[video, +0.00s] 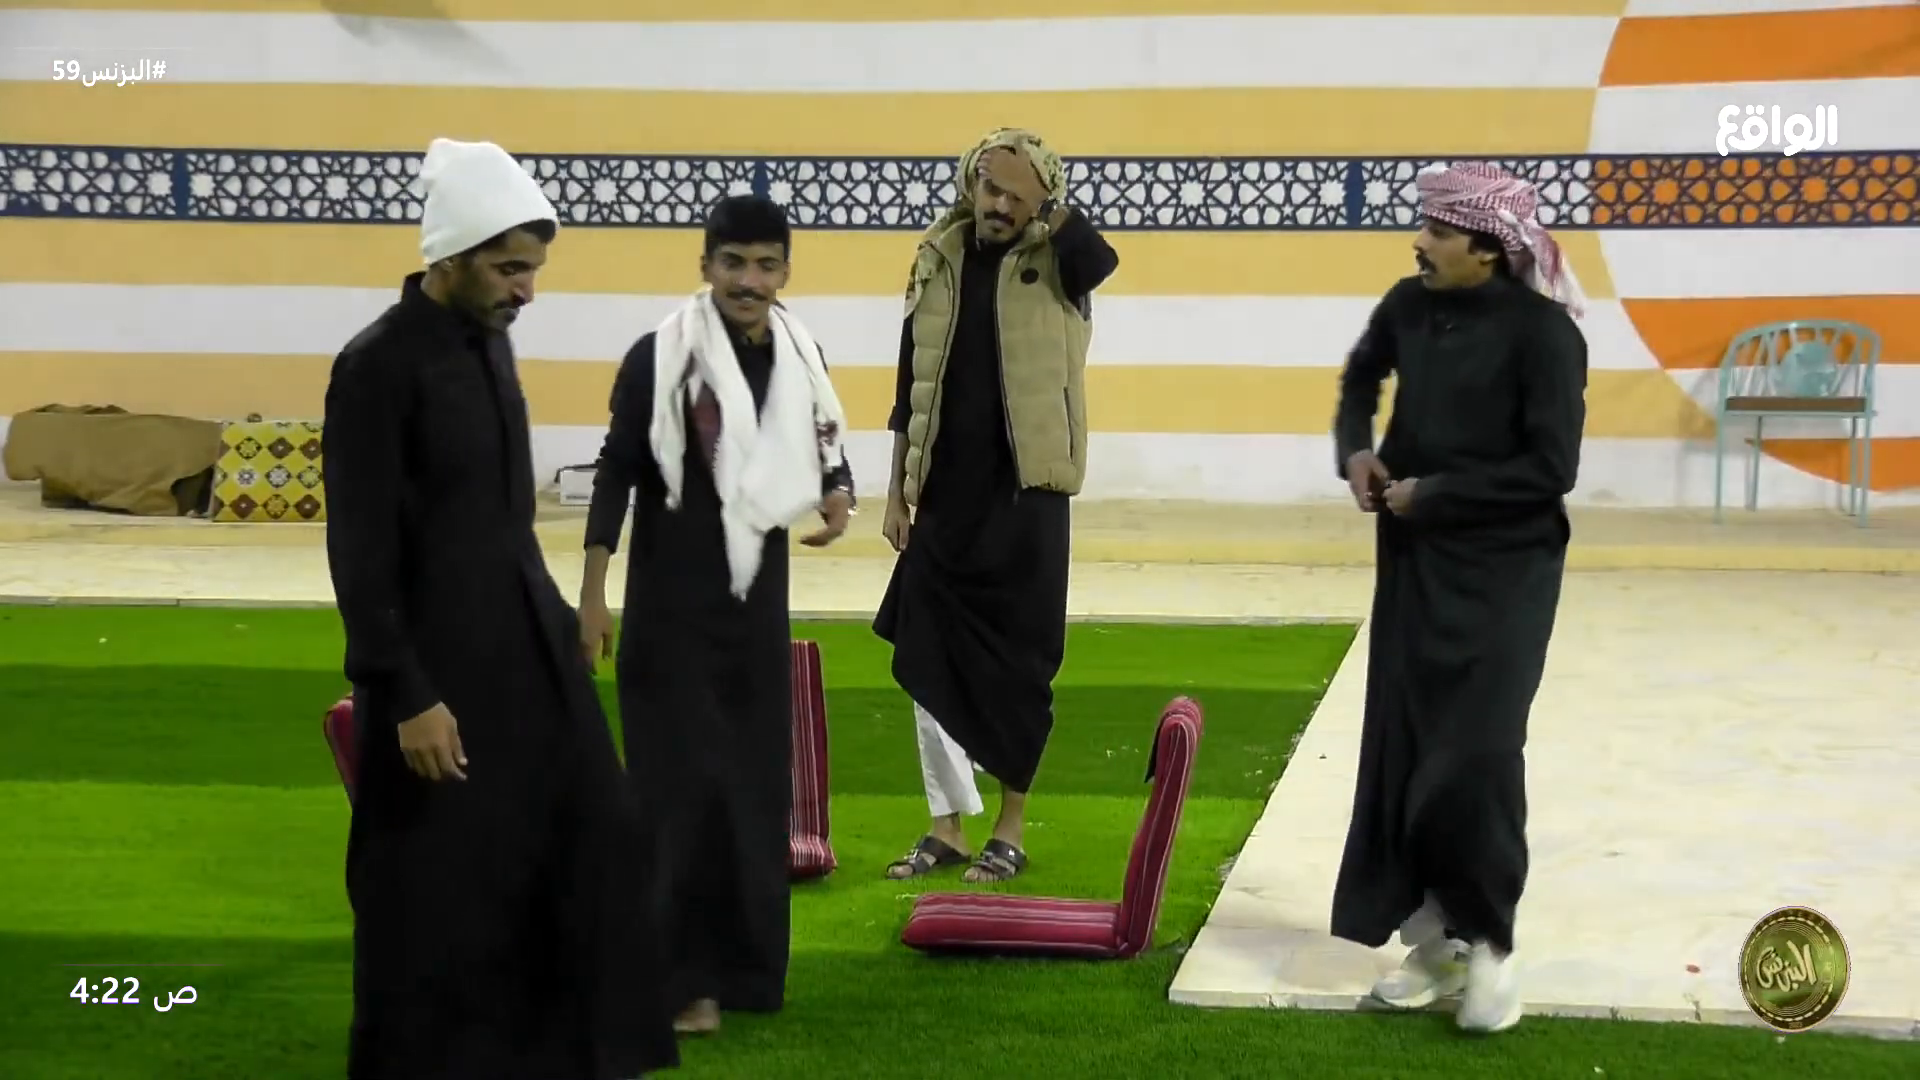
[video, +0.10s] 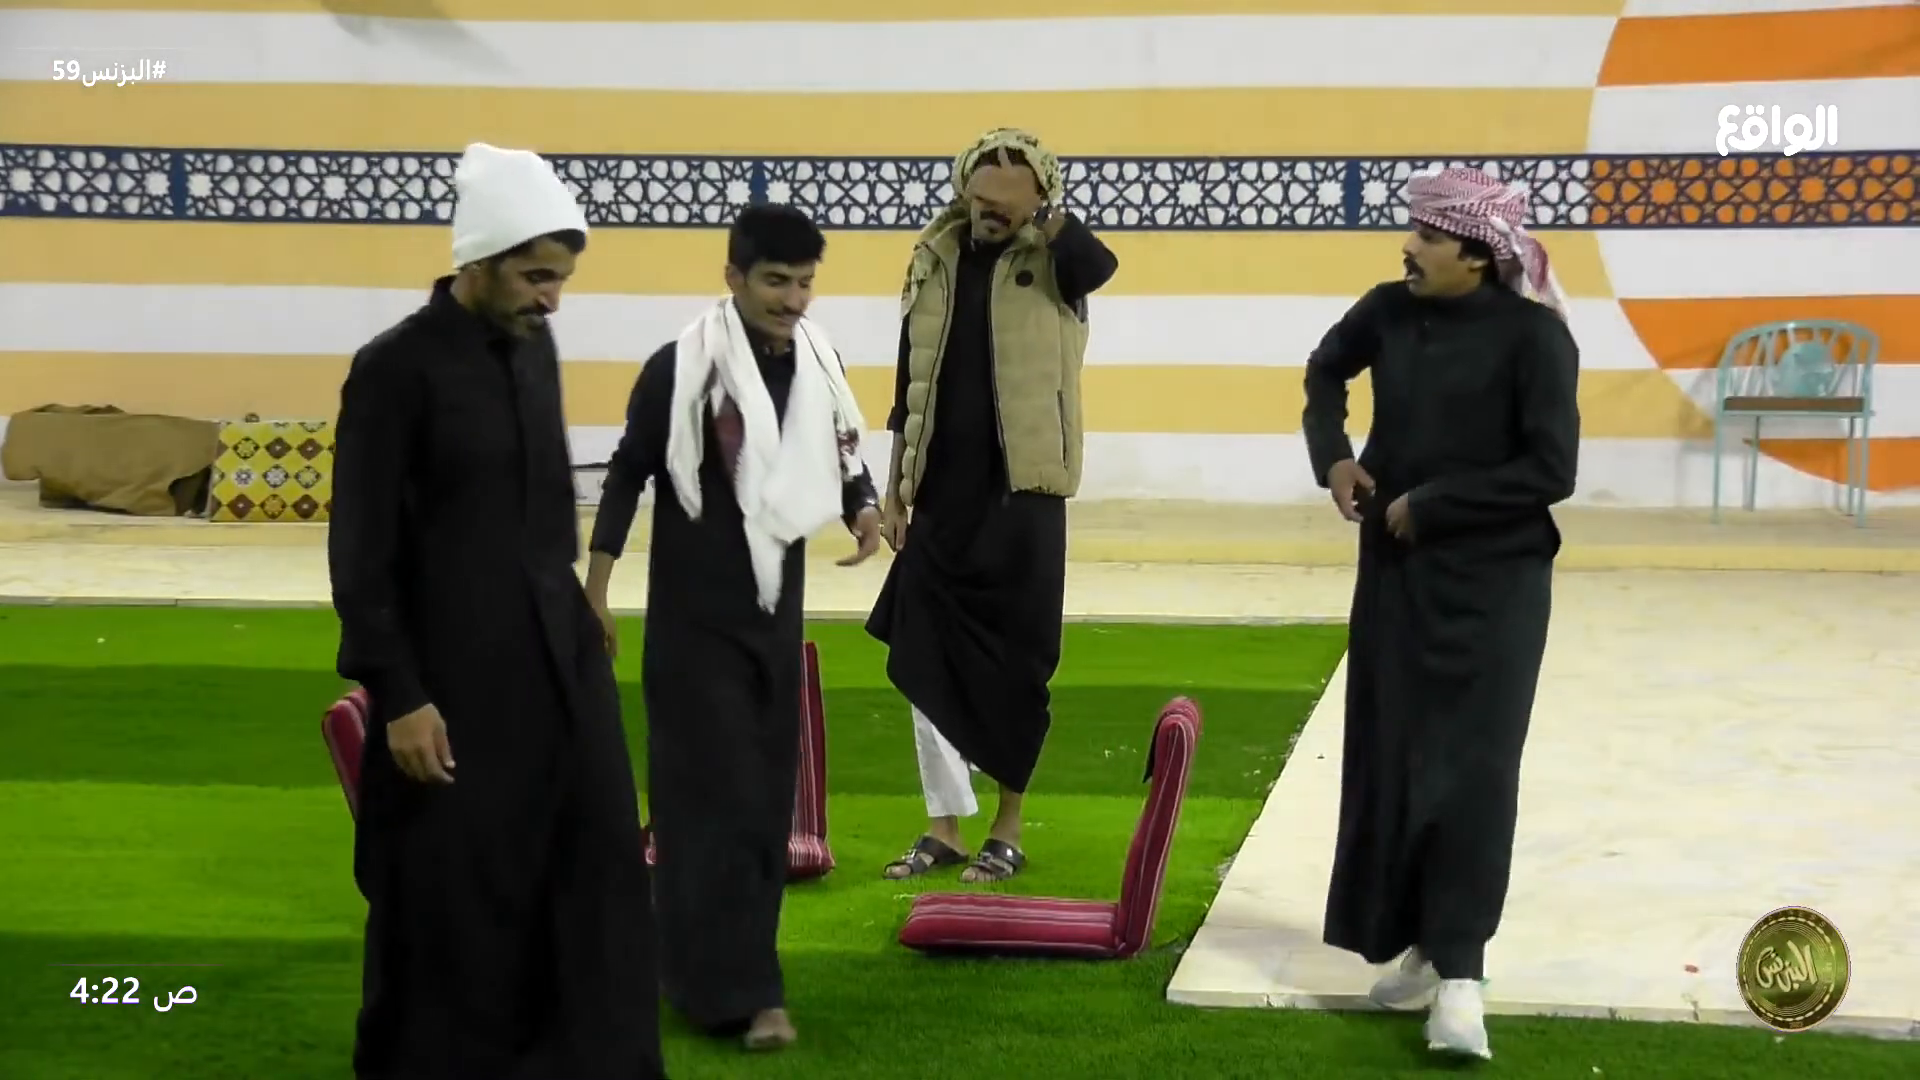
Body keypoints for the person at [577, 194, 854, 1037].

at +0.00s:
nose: (750, 279)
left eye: (767, 265)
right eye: (733, 263)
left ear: (786, 272)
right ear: (705, 266)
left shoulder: (796, 353)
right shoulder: (658, 354)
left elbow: (824, 443)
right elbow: (615, 473)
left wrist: (835, 492)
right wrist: (593, 588)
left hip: (757, 600)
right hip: (671, 602)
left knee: (753, 779)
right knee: (680, 781)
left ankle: (742, 972)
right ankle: (685, 983)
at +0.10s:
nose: (792, 297)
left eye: (803, 284)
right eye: (776, 282)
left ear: (813, 281)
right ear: (734, 274)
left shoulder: (812, 360)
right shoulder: (681, 364)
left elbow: (843, 452)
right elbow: (627, 474)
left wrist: (862, 506)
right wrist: (597, 585)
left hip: (775, 616)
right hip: (694, 617)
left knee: (762, 796)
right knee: (723, 795)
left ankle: (705, 972)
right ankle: (751, 995)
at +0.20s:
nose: (809, 309)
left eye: (820, 294)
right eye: (792, 293)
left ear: (832, 291)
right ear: (749, 284)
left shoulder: (827, 372)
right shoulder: (694, 375)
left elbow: (860, 465)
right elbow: (638, 486)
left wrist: (882, 518)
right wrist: (599, 580)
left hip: (792, 621)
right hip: (713, 621)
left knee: (763, 799)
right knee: (748, 797)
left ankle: (701, 963)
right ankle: (787, 1001)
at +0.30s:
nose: (830, 322)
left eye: (841, 307)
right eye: (813, 308)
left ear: (852, 300)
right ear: (768, 297)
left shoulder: (850, 380)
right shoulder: (717, 390)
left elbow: (882, 480)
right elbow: (656, 520)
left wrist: (909, 538)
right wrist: (653, 652)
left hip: (817, 628)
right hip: (740, 632)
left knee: (782, 803)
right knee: (778, 805)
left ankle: (714, 949)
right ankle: (802, 1014)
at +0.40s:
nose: (838, 327)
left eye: (848, 311)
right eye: (820, 314)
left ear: (860, 301)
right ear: (775, 302)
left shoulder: (860, 374)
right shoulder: (726, 394)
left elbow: (886, 478)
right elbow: (678, 536)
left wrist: (913, 555)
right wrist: (686, 667)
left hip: (831, 636)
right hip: (752, 641)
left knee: (816, 813)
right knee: (786, 813)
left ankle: (719, 944)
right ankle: (795, 1020)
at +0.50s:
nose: (856, 332)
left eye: (867, 315)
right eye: (838, 318)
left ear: (879, 304)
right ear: (792, 303)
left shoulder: (875, 373)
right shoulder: (742, 393)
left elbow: (892, 490)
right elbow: (704, 532)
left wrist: (914, 582)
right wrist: (740, 641)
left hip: (863, 645)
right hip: (777, 650)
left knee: (868, 830)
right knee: (783, 832)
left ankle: (735, 972)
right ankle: (784, 1022)